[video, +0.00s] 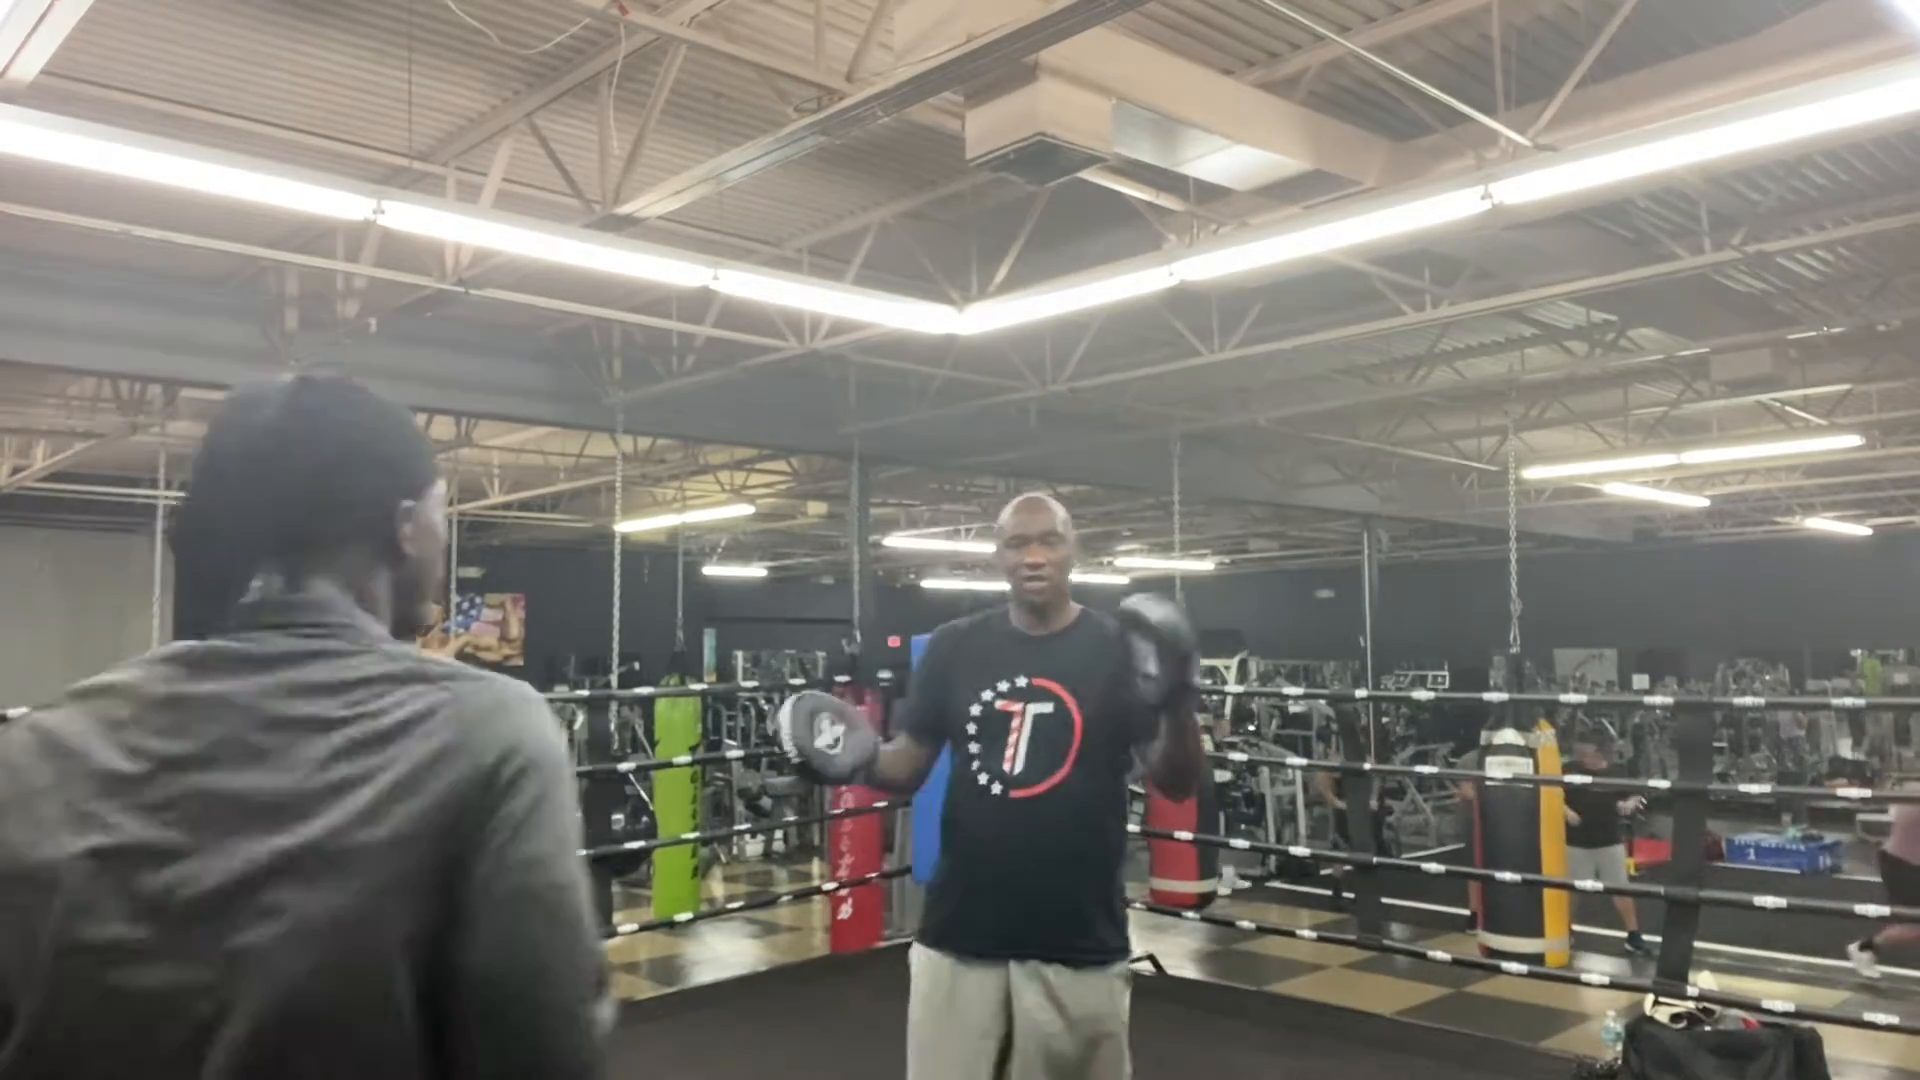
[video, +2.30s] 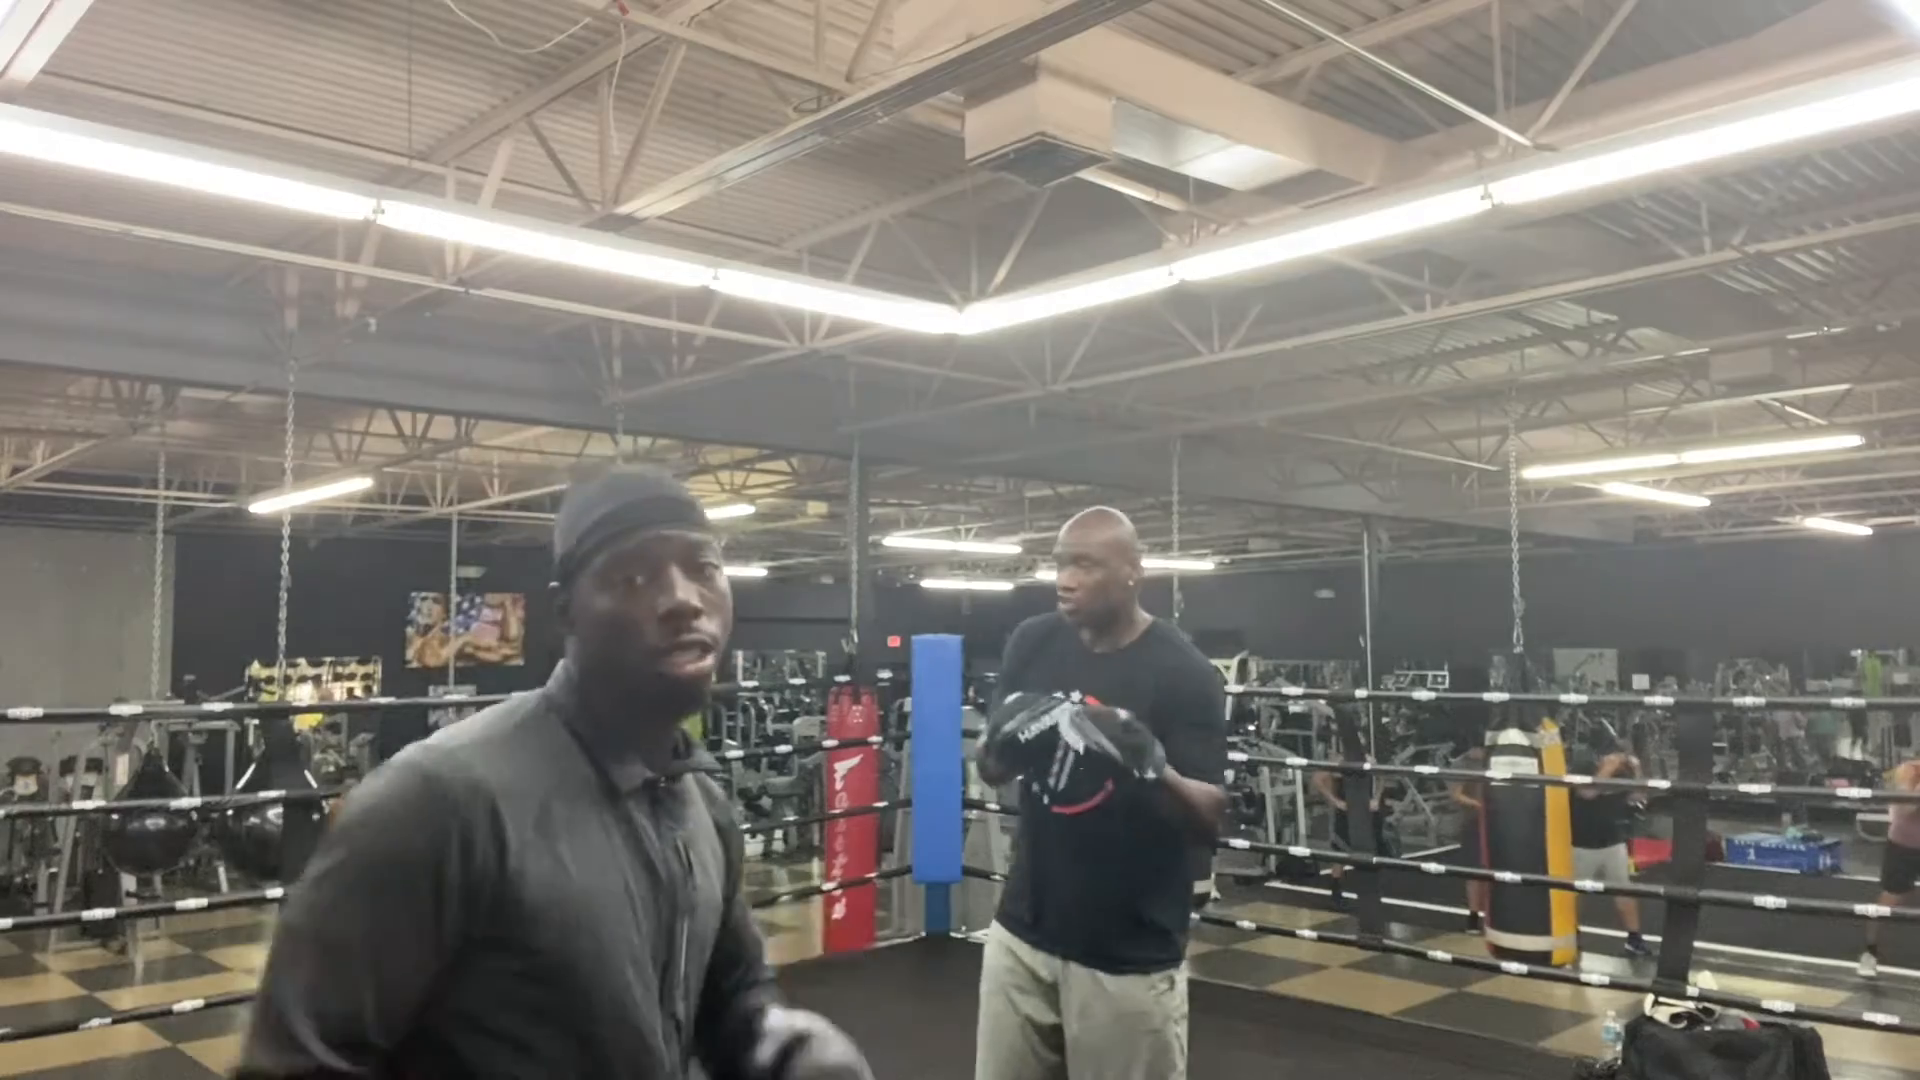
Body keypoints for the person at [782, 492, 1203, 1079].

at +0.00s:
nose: (1033, 556)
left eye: (1049, 541)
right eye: (1017, 544)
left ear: (1074, 553)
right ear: (997, 558)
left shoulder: (1122, 650)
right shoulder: (954, 647)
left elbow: (1177, 784)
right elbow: (908, 764)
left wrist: (1178, 692)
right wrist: (856, 750)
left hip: (1079, 939)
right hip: (961, 934)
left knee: (1081, 1072)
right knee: (942, 1072)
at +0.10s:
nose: (1057, 561)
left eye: (1074, 546)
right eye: (1042, 547)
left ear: (1102, 556)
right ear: (1024, 560)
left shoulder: (1140, 652)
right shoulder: (980, 644)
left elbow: (1146, 804)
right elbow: (944, 768)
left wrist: (1158, 699)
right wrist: (894, 751)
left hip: (1090, 945)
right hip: (976, 936)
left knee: (1083, 1073)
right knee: (947, 1072)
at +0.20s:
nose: (1072, 565)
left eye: (1089, 550)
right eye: (1058, 551)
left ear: (1120, 559)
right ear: (1041, 562)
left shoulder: (1156, 662)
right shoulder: (1000, 637)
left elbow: (1143, 797)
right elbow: (957, 765)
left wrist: (1059, 753)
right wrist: (997, 738)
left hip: (1100, 952)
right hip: (989, 937)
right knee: (960, 1071)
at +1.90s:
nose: (1054, 580)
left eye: (1070, 566)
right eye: (1054, 565)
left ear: (1121, 576)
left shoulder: (1186, 671)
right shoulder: (1038, 648)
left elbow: (1219, 807)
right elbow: (1003, 772)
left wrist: (1151, 771)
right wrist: (1009, 745)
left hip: (1137, 947)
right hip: (1041, 931)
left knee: (1135, 1073)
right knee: (1035, 1073)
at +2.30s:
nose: (1063, 580)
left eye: (1083, 564)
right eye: (1060, 563)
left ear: (1132, 574)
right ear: (1054, 567)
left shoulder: (1187, 675)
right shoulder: (1033, 642)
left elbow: (1210, 818)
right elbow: (991, 771)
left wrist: (1151, 766)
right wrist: (1008, 742)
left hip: (1129, 962)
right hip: (1023, 942)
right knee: (1002, 1073)